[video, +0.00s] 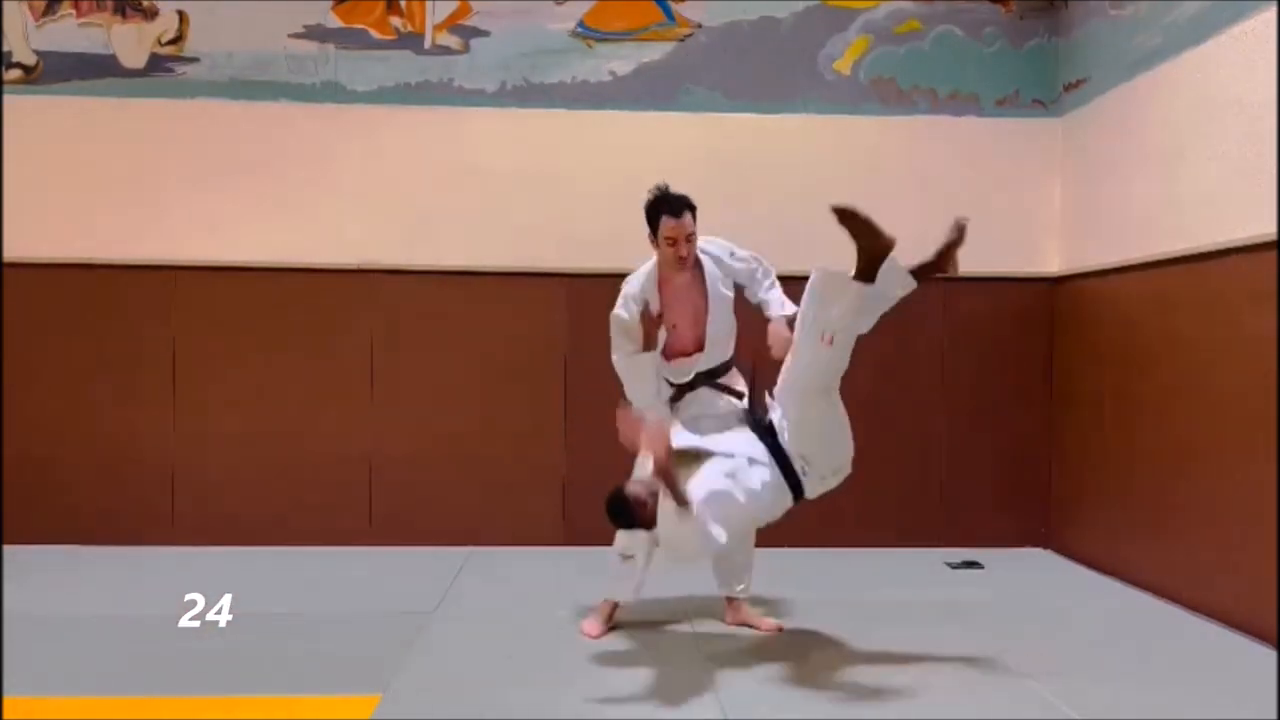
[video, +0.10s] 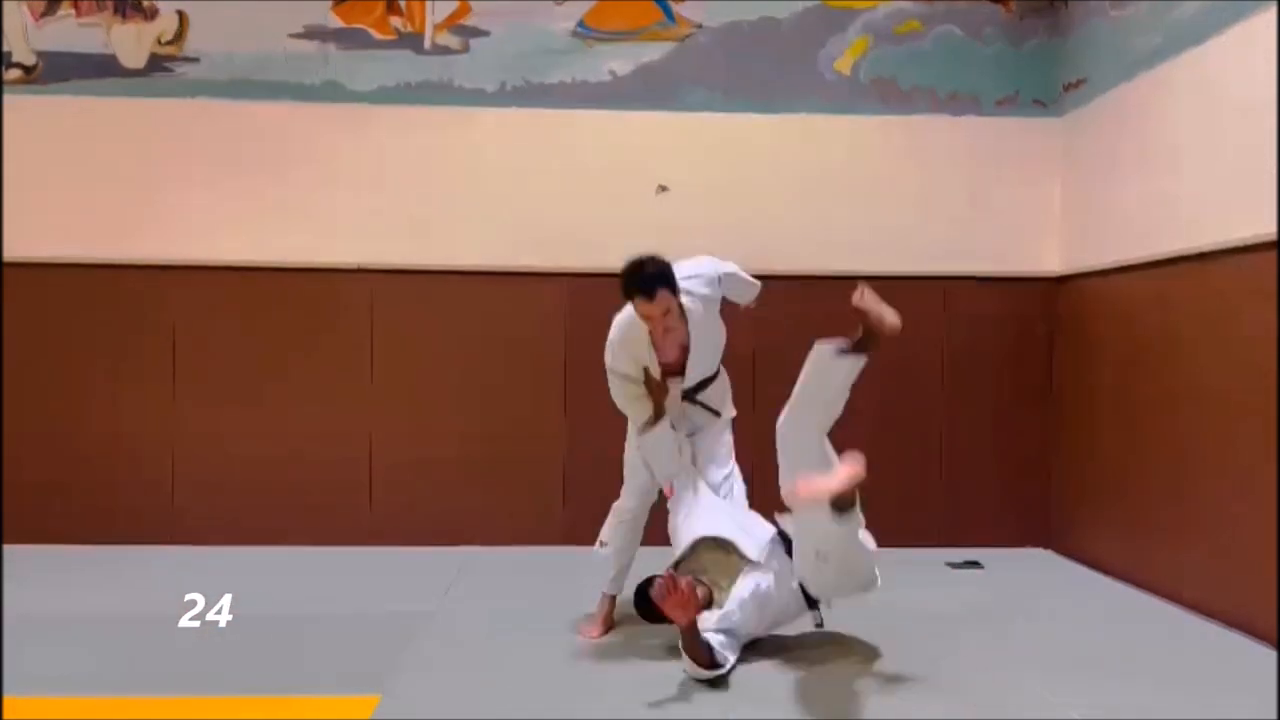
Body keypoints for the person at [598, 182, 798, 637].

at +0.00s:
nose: (683, 249)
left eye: (689, 238)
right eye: (672, 242)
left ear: (697, 231)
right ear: (653, 240)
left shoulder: (717, 256)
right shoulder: (636, 294)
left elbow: (760, 275)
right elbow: (631, 364)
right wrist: (655, 426)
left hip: (719, 387)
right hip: (662, 397)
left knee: (736, 493)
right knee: (645, 495)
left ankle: (736, 604)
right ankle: (611, 604)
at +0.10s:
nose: (661, 325)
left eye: (667, 314)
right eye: (650, 319)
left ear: (677, 293)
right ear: (634, 309)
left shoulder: (700, 282)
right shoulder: (623, 337)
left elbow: (719, 272)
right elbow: (640, 413)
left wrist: (748, 293)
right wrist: (674, 481)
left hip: (707, 399)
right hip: (653, 415)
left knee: (725, 487)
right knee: (635, 501)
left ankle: (744, 591)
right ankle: (607, 603)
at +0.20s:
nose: (667, 366)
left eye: (671, 353)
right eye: (656, 359)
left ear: (685, 331)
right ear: (643, 349)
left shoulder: (709, 306)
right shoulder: (632, 359)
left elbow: (742, 289)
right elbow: (657, 437)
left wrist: (778, 300)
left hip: (715, 407)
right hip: (656, 420)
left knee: (719, 500)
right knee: (632, 500)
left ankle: (697, 596)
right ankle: (605, 597)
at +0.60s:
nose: (660, 302)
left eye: (669, 292)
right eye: (650, 294)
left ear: (683, 270)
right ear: (636, 279)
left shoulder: (718, 276)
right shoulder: (621, 313)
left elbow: (758, 316)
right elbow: (632, 387)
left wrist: (784, 368)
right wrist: (664, 443)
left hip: (710, 399)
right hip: (648, 409)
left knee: (719, 502)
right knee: (631, 502)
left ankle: (704, 599)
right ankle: (609, 606)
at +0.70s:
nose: (646, 251)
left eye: (656, 239)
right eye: (636, 240)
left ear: (671, 231)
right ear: (623, 234)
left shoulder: (703, 265)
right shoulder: (602, 284)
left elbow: (738, 316)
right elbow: (588, 352)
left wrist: (762, 374)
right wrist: (620, 401)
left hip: (694, 403)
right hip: (631, 406)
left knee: (714, 503)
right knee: (612, 510)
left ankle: (702, 608)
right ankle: (589, 617)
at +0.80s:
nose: (629, 211)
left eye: (638, 200)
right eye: (619, 200)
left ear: (652, 200)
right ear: (604, 202)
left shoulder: (674, 255)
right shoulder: (572, 258)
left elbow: (702, 317)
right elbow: (533, 312)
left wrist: (722, 376)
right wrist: (560, 363)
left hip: (661, 400)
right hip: (600, 402)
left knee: (707, 493)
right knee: (594, 517)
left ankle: (698, 601)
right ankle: (588, 620)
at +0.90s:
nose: (618, 187)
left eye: (626, 177)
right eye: (609, 176)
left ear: (636, 181)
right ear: (588, 177)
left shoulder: (655, 241)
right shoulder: (550, 223)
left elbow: (680, 308)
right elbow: (498, 254)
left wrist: (694, 362)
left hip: (637, 385)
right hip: (578, 387)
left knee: (660, 496)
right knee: (580, 511)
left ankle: (643, 571)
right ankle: (586, 618)